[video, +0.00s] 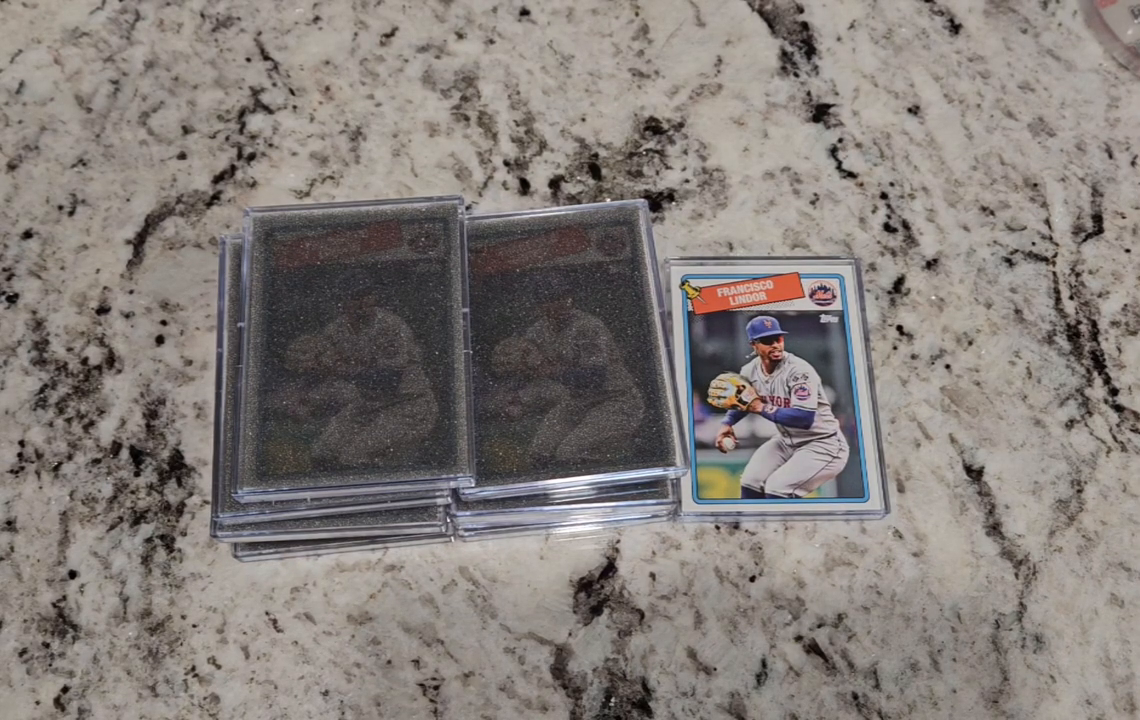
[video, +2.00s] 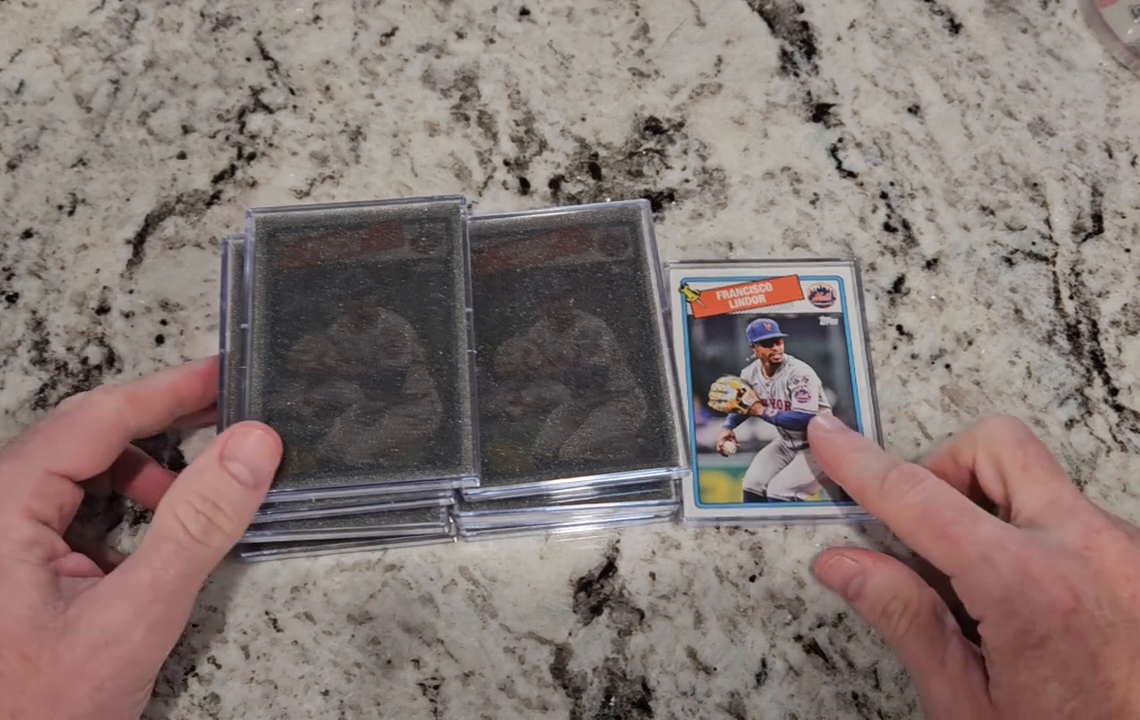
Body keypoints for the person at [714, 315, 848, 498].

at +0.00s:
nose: (775, 346)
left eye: (778, 339)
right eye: (767, 342)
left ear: (783, 339)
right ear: (754, 346)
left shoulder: (800, 371)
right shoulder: (749, 372)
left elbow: (804, 419)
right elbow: (743, 402)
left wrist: (760, 407)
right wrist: (726, 424)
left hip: (824, 445)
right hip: (786, 442)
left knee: (777, 487)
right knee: (751, 482)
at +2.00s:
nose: (776, 348)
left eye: (778, 342)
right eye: (768, 344)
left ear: (783, 341)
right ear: (755, 349)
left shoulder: (800, 373)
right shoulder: (749, 374)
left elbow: (805, 420)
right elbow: (744, 407)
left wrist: (761, 410)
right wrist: (727, 428)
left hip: (817, 447)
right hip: (785, 445)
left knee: (779, 491)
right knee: (752, 486)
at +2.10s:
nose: (782, 362)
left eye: (784, 355)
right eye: (774, 358)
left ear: (789, 355)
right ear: (761, 363)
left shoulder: (808, 386)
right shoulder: (757, 389)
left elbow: (814, 433)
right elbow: (753, 421)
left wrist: (771, 425)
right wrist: (737, 445)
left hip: (826, 462)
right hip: (795, 460)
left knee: (791, 507)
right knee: (764, 503)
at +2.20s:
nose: (801, 377)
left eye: (803, 370)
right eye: (793, 373)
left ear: (809, 370)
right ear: (780, 379)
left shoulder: (826, 402)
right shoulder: (775, 404)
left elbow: (834, 450)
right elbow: (771, 437)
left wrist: (789, 441)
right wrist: (755, 461)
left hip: (845, 479)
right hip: (814, 476)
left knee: (809, 524)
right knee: (782, 519)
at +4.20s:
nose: (798, 385)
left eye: (800, 378)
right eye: (789, 381)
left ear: (804, 377)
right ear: (776, 386)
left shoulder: (823, 410)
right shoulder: (772, 413)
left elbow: (830, 460)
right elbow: (768, 446)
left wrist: (786, 449)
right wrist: (752, 469)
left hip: (853, 485)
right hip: (815, 485)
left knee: (807, 532)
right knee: (780, 529)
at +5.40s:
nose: (798, 385)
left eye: (800, 378)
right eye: (789, 381)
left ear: (805, 377)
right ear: (776, 386)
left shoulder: (823, 410)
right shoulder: (772, 413)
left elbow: (830, 460)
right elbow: (768, 446)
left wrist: (786, 449)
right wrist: (752, 469)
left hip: (853, 485)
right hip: (814, 485)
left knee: (807, 532)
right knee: (781, 529)